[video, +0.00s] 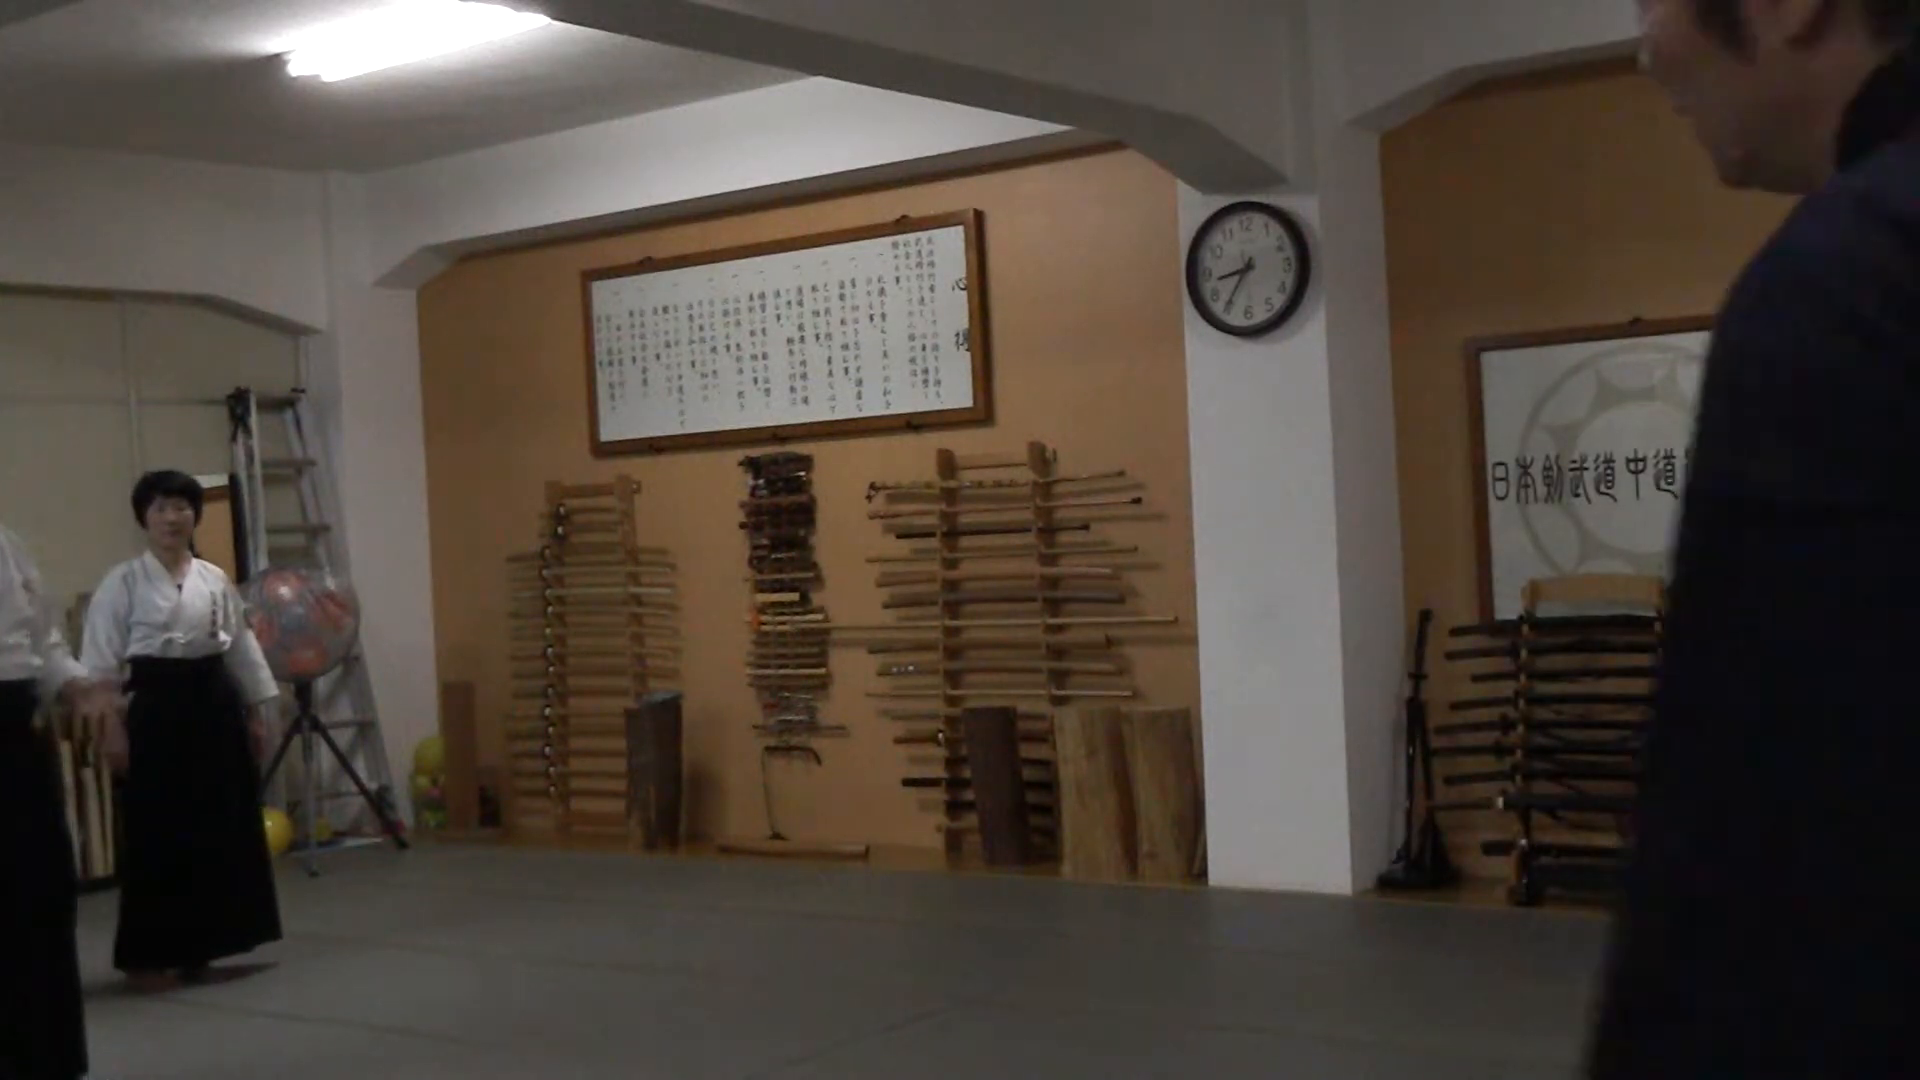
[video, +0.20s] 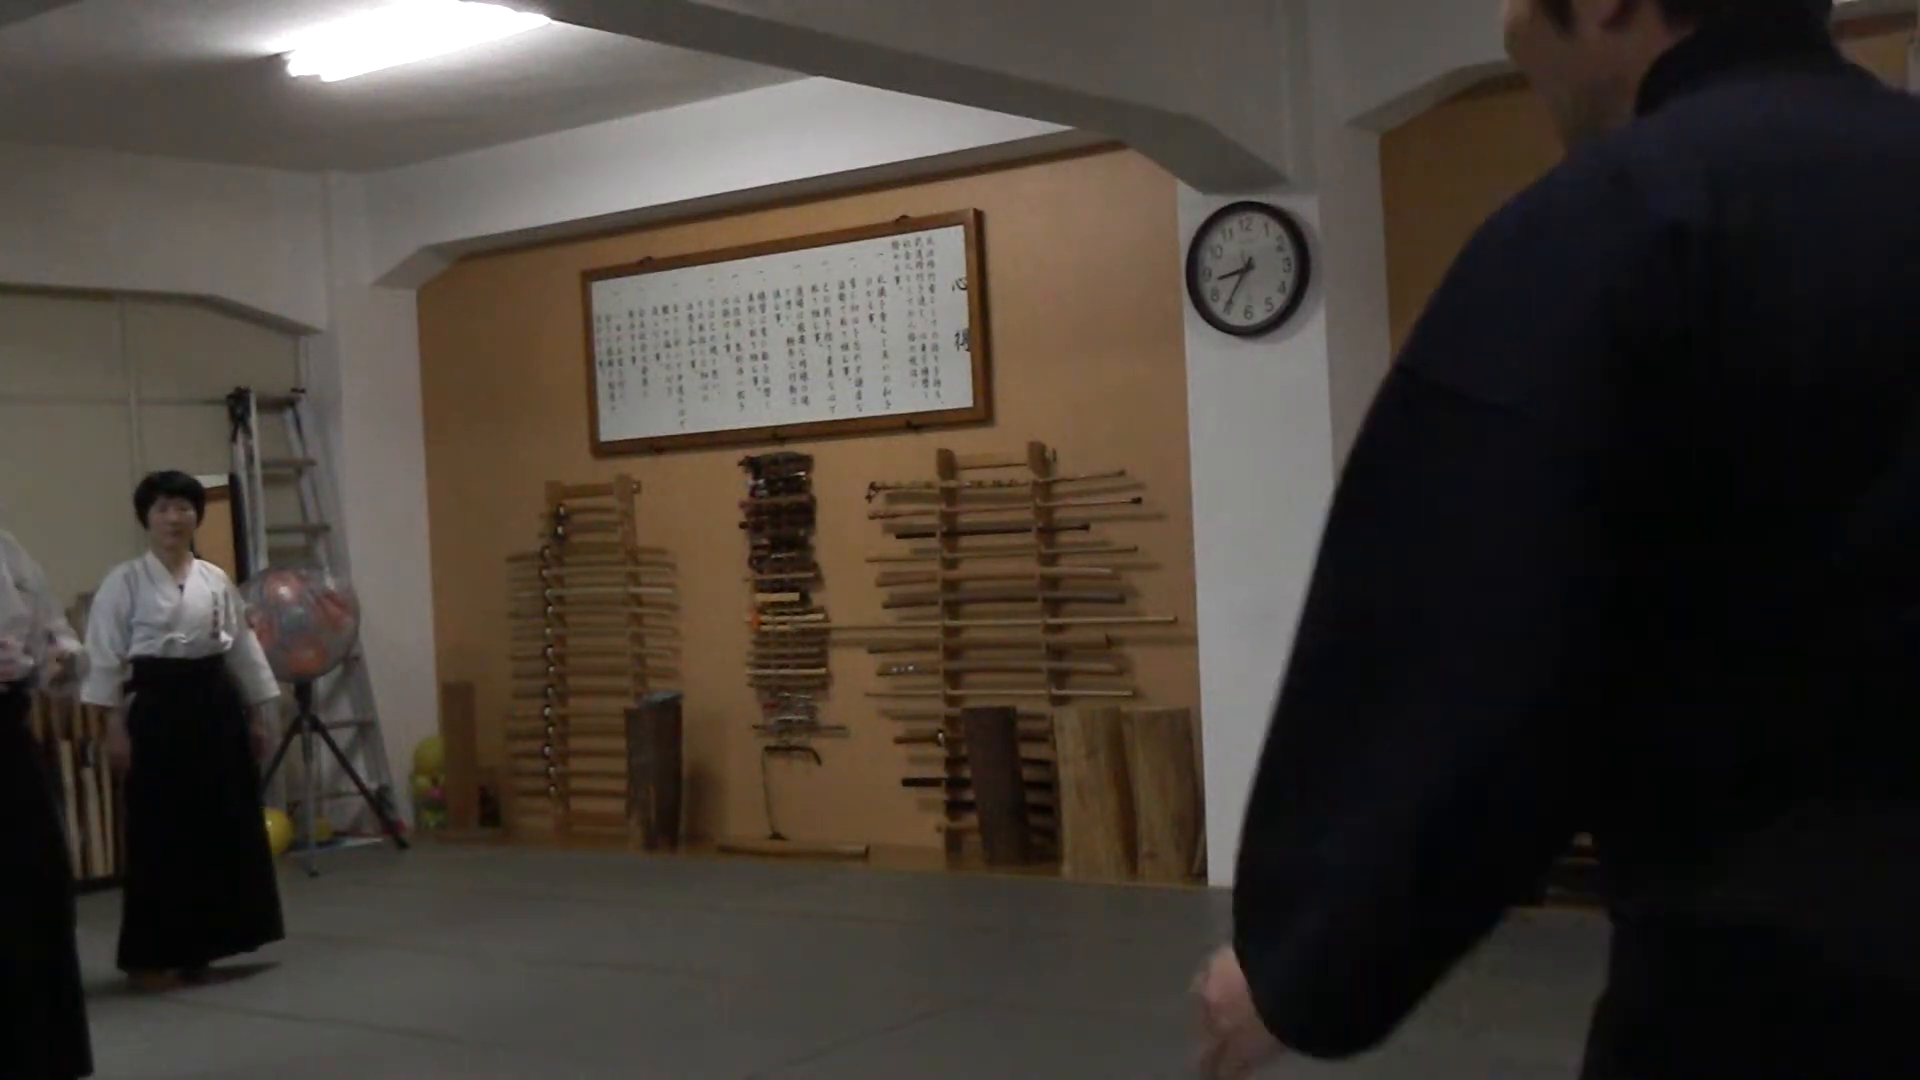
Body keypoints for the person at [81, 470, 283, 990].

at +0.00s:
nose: (172, 517)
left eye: (181, 508)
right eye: (161, 509)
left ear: (195, 517)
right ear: (142, 518)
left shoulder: (214, 580)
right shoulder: (122, 583)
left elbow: (241, 646)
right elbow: (101, 662)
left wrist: (263, 706)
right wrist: (110, 726)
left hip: (210, 701)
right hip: (154, 705)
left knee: (214, 819)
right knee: (156, 824)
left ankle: (202, 949)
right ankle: (149, 956)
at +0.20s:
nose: (173, 518)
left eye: (182, 508)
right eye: (162, 509)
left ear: (197, 518)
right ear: (145, 519)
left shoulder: (215, 580)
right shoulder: (124, 582)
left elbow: (242, 646)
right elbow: (104, 656)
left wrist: (261, 710)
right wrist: (112, 724)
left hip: (212, 703)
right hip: (156, 706)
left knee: (213, 821)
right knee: (159, 826)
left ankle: (200, 949)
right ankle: (151, 956)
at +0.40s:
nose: (174, 517)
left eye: (183, 508)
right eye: (163, 509)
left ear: (197, 518)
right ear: (145, 519)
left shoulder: (216, 581)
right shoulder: (124, 582)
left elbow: (243, 648)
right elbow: (103, 657)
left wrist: (261, 712)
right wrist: (114, 725)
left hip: (213, 703)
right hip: (158, 705)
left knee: (217, 821)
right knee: (162, 825)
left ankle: (204, 949)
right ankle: (156, 955)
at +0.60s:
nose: (174, 517)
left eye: (182, 508)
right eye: (163, 508)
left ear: (196, 518)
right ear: (145, 519)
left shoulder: (215, 581)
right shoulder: (123, 583)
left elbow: (242, 648)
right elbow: (105, 658)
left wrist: (260, 712)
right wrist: (114, 724)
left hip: (213, 702)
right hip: (158, 705)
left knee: (215, 821)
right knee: (161, 826)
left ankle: (202, 950)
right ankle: (153, 956)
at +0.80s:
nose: (175, 516)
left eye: (183, 507)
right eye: (163, 508)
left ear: (196, 517)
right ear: (144, 519)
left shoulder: (215, 580)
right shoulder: (124, 583)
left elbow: (242, 645)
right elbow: (96, 654)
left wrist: (262, 710)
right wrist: (109, 712)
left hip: (212, 701)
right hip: (157, 704)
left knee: (213, 821)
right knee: (161, 824)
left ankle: (201, 950)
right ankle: (155, 954)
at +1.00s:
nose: (175, 515)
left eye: (183, 506)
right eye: (163, 507)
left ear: (197, 515)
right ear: (144, 519)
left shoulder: (216, 580)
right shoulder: (124, 581)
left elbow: (243, 646)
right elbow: (112, 658)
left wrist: (262, 713)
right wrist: (121, 729)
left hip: (211, 702)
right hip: (153, 706)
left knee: (213, 818)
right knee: (159, 822)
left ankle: (203, 946)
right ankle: (162, 949)